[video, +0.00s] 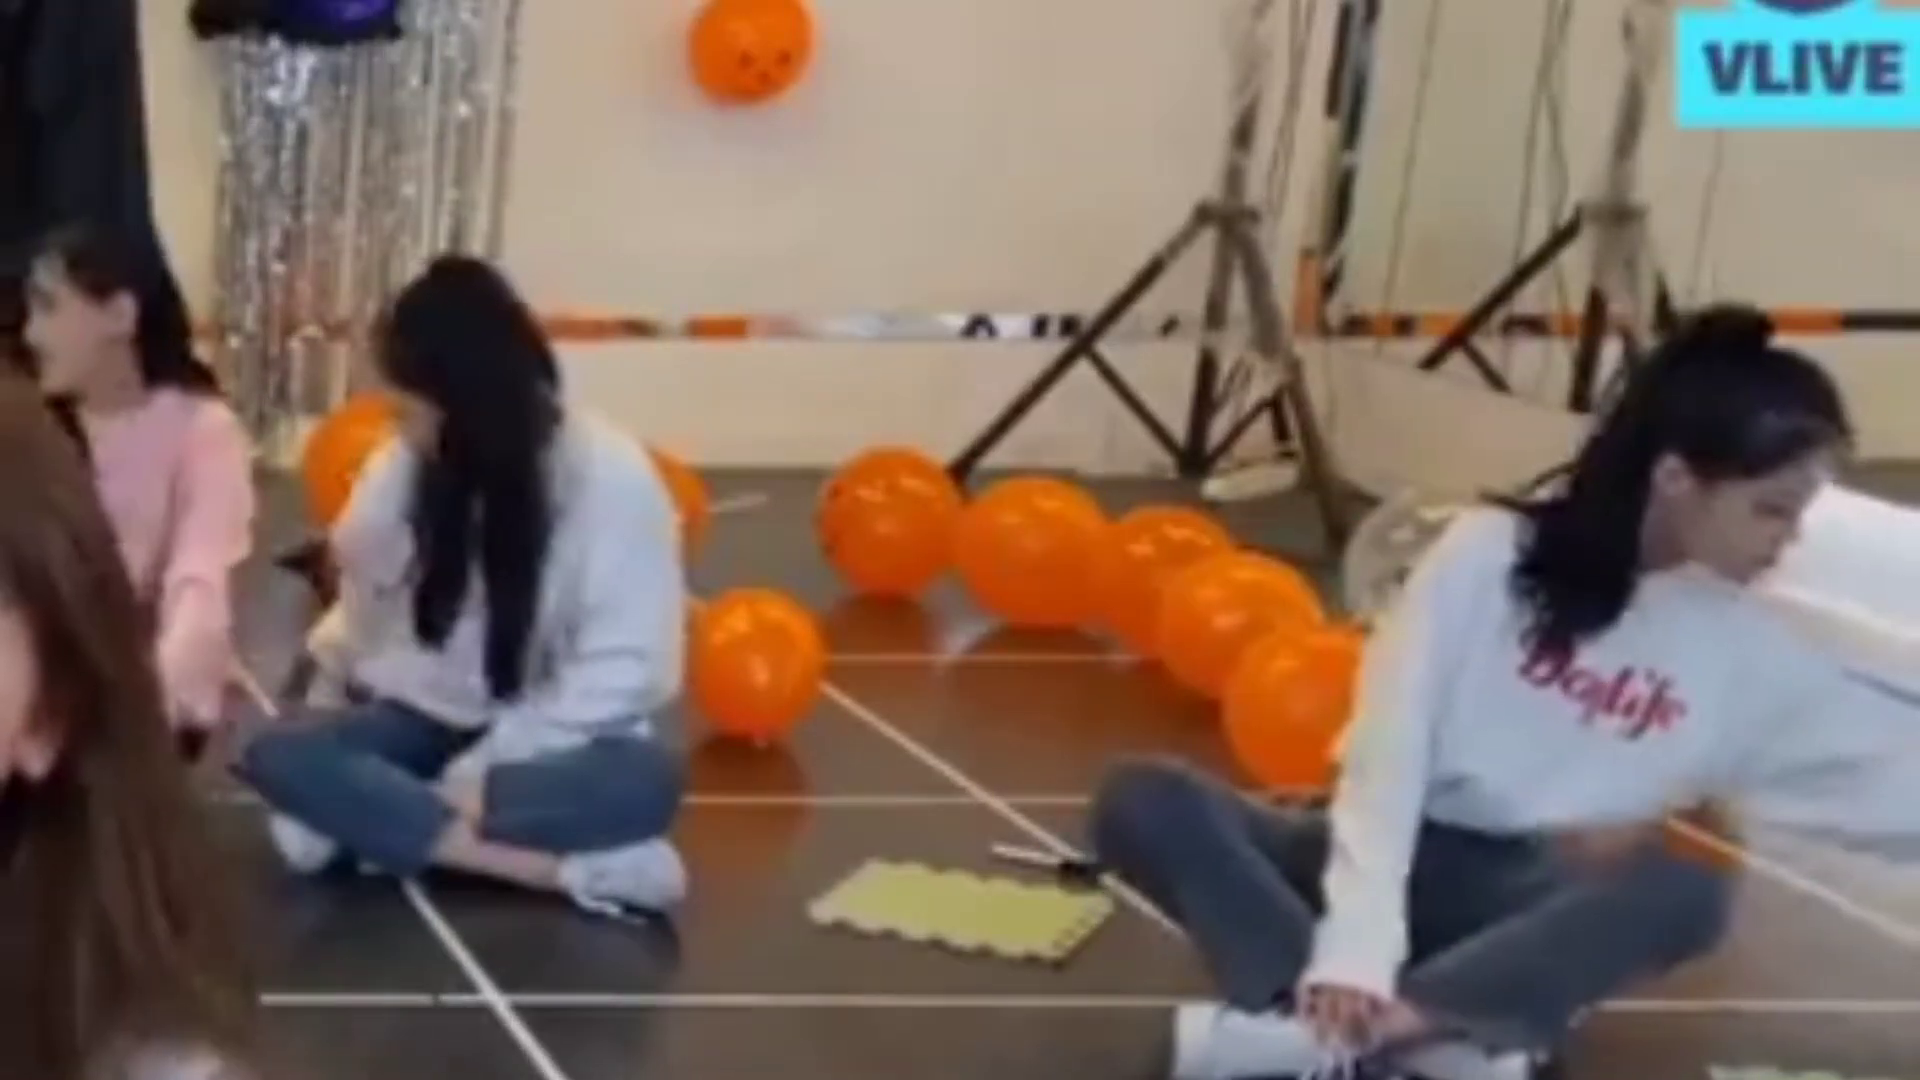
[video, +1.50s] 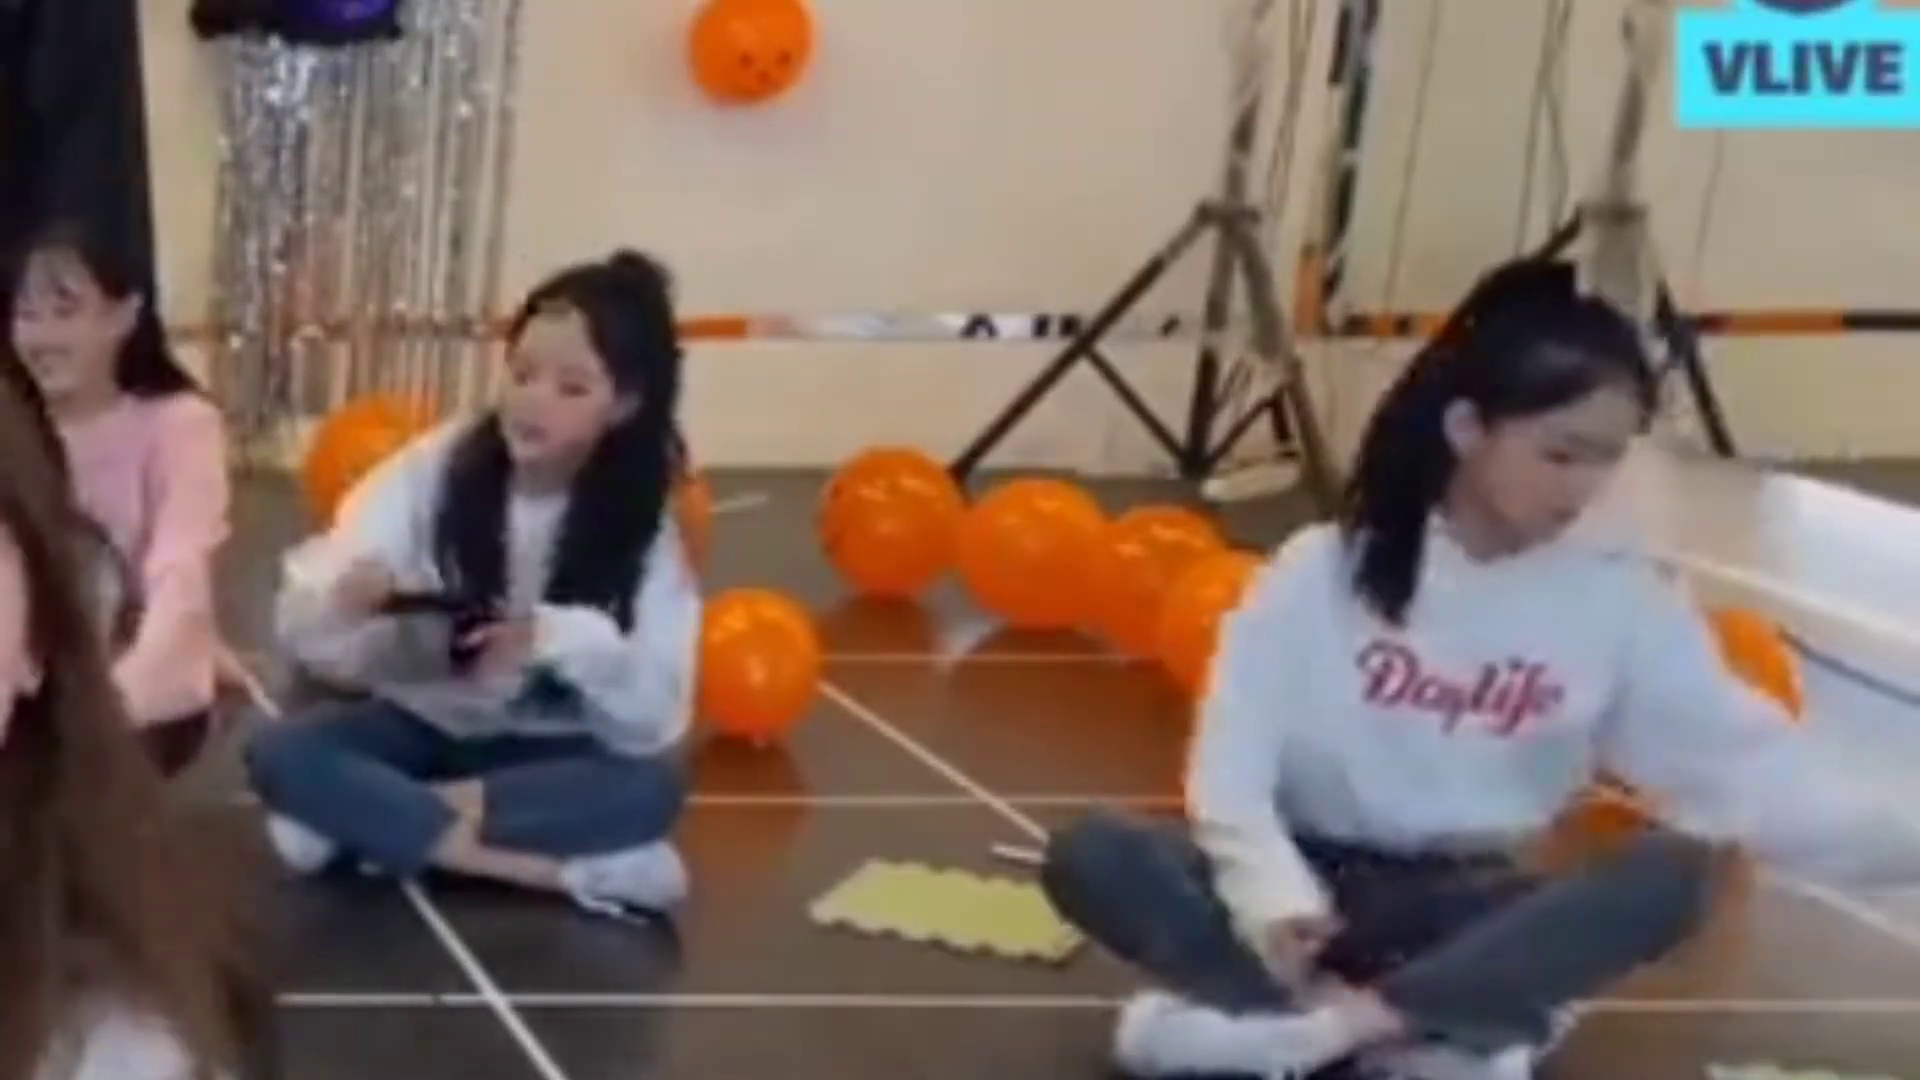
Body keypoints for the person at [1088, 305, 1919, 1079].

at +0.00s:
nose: (1796, 529)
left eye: (1807, 502)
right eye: (1777, 503)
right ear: (1676, 481)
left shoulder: (1745, 657)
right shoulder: (1482, 553)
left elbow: (1901, 766)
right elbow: (1382, 758)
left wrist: (1703, 810)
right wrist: (1355, 950)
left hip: (1513, 887)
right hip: (1366, 850)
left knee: (1687, 893)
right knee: (1139, 795)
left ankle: (1326, 1038)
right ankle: (1410, 1045)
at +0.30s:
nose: (1808, 549)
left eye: (1821, 524)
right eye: (1797, 519)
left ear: (1710, 489)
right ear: (1707, 485)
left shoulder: (1727, 650)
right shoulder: (1488, 556)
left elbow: (1705, 833)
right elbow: (1376, 759)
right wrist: (1360, 950)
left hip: (1511, 886)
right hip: (1366, 852)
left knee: (1693, 894)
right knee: (1147, 791)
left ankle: (1332, 1039)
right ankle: (1404, 1043)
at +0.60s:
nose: (1795, 538)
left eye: (1810, 512)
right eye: (1788, 508)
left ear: (1711, 489)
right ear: (1699, 480)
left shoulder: (1731, 647)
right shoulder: (1471, 555)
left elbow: (1893, 772)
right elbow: (1366, 760)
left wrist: (1740, 816)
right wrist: (1351, 952)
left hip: (1503, 892)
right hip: (1359, 852)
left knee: (1689, 897)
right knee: (1142, 792)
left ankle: (1322, 1042)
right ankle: (1407, 1047)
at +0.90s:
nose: (1786, 541)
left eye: (1799, 515)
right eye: (1779, 511)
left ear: (1697, 490)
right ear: (1691, 483)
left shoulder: (1693, 630)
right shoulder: (1463, 562)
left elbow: (1649, 811)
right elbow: (1346, 775)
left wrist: (1802, 787)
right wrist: (1364, 952)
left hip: (1501, 891)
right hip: (1355, 861)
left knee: (1698, 893)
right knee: (1137, 801)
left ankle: (1330, 1043)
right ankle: (1403, 1044)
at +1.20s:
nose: (1651, 495)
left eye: (1667, 468)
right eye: (1633, 464)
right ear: (1535, 433)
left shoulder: (1652, 597)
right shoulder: (1373, 564)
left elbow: (1702, 799)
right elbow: (1326, 793)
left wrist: (1871, 878)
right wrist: (1472, 876)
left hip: (1512, 904)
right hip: (1346, 884)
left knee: (1670, 887)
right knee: (1104, 833)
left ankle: (1316, 1032)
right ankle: (1396, 1049)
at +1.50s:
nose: (1585, 491)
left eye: (1609, 464)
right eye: (1563, 457)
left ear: (1629, 454)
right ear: (1464, 427)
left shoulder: (1619, 603)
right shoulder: (1319, 571)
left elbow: (1751, 773)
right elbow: (1229, 770)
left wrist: (1902, 829)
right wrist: (1286, 917)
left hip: (1469, 906)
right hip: (1300, 882)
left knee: (1670, 879)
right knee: (1086, 851)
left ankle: (1310, 1038)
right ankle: (1399, 1044)